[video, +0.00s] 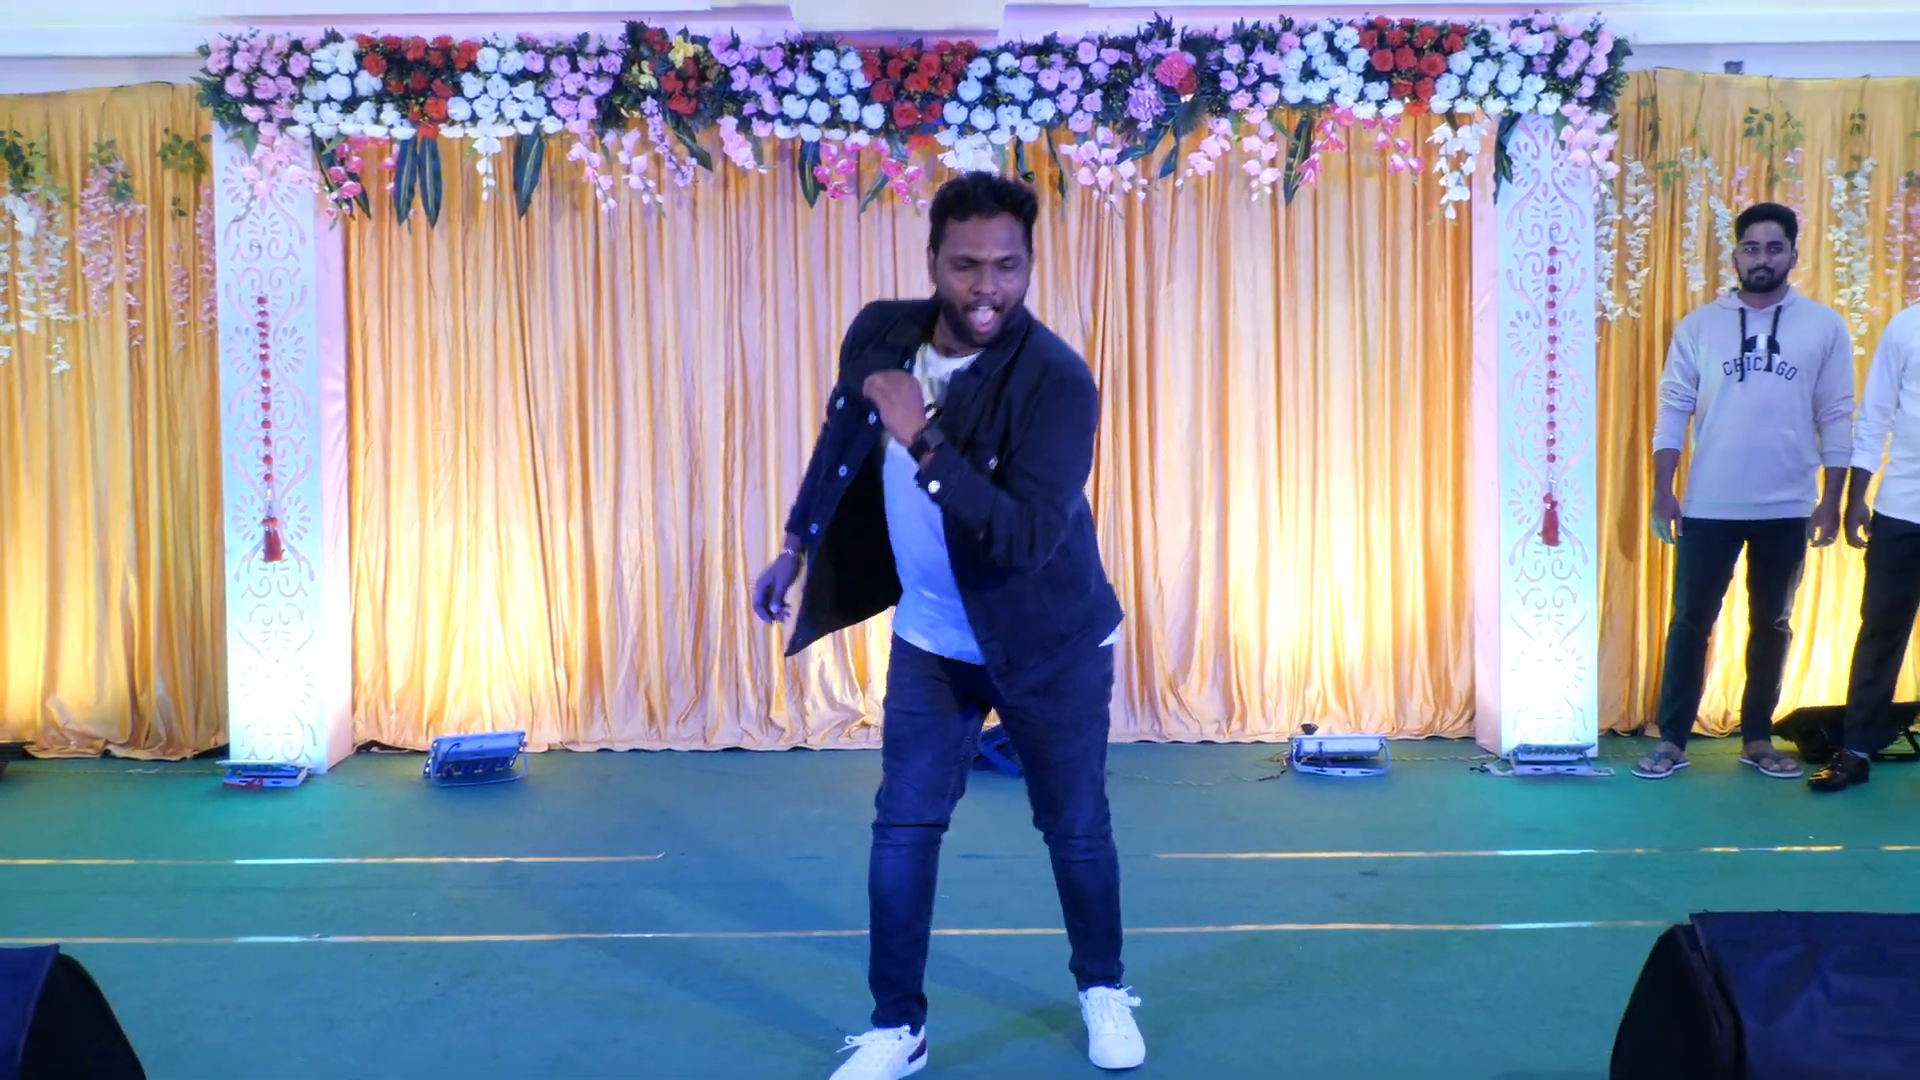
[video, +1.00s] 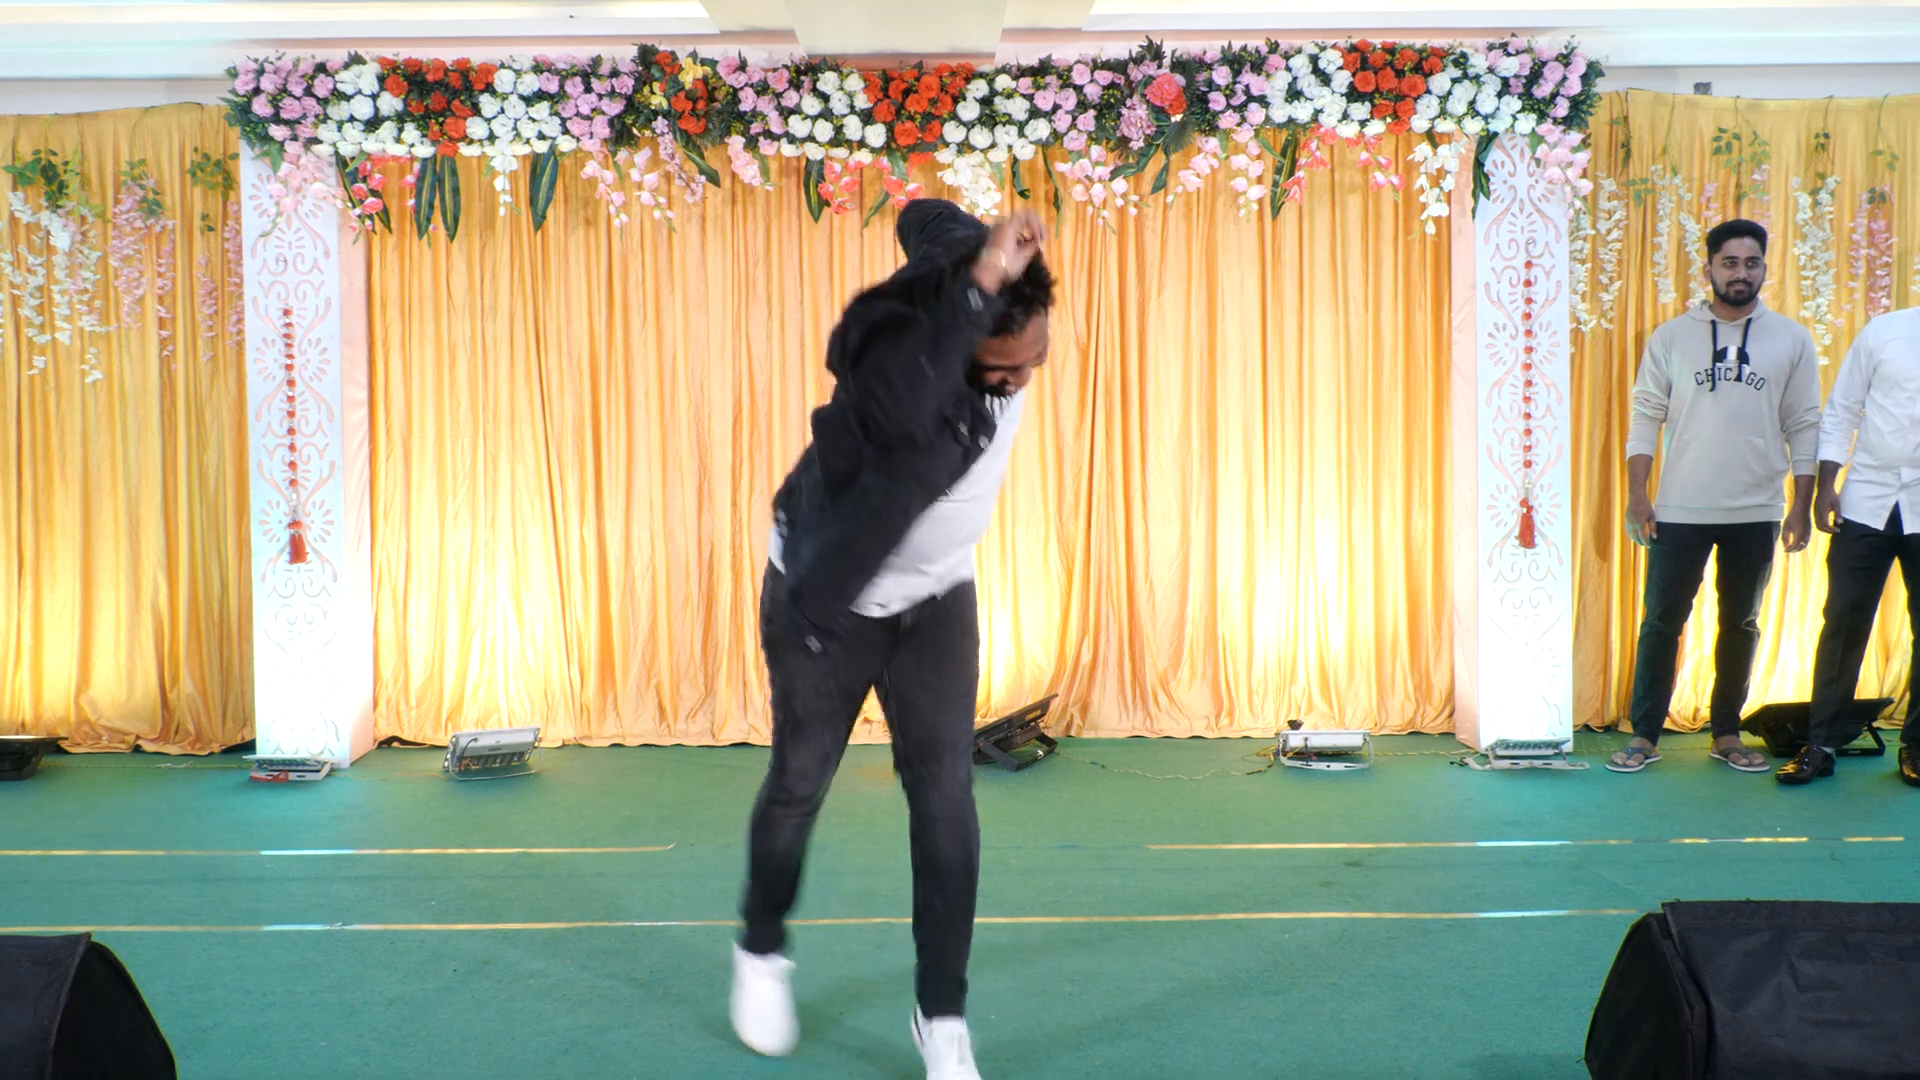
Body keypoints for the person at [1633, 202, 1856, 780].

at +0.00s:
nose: (1761, 257)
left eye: (1773, 248)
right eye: (1750, 247)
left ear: (1793, 256)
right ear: (1735, 255)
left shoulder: (1823, 326)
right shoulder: (1699, 325)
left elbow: (1836, 415)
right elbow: (1674, 407)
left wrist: (1832, 497)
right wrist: (1663, 485)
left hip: (1785, 504)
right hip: (1710, 501)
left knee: (1772, 627)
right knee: (1690, 622)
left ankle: (1757, 741)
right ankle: (1672, 741)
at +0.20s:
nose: (1748, 265)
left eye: (1758, 256)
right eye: (1736, 256)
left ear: (1773, 264)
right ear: (1716, 262)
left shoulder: (1800, 333)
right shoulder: (1679, 331)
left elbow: (1813, 419)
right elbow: (1654, 410)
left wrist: (1809, 499)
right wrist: (1645, 487)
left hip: (1763, 507)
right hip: (1690, 504)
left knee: (1749, 627)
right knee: (1669, 623)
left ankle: (1735, 736)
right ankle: (1652, 737)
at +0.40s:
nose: (1740, 270)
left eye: (1750, 261)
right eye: (1729, 260)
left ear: (1764, 268)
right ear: (1708, 266)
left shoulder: (1790, 337)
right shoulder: (1670, 334)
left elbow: (1803, 421)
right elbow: (1645, 413)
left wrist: (1800, 500)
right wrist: (1637, 488)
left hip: (1753, 508)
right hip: (1681, 505)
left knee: (1739, 626)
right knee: (1660, 622)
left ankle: (1726, 735)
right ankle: (1644, 735)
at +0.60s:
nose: (1741, 271)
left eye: (1751, 262)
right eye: (1730, 261)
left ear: (1764, 269)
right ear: (1708, 266)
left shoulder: (1790, 338)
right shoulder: (1670, 335)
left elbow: (1802, 423)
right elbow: (1645, 413)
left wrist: (1799, 502)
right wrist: (1637, 490)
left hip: (1754, 509)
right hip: (1681, 506)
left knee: (1740, 627)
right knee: (1660, 622)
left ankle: (1726, 733)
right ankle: (1643, 734)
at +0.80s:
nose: (1742, 271)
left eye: (1752, 262)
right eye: (1730, 261)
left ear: (1764, 270)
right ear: (1708, 267)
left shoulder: (1790, 339)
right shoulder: (1670, 336)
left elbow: (1803, 424)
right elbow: (1645, 415)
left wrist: (1802, 503)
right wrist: (1637, 492)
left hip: (1754, 510)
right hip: (1681, 507)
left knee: (1740, 628)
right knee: (1660, 622)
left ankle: (1726, 734)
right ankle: (1644, 735)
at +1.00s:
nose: (1741, 272)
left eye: (1751, 263)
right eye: (1729, 262)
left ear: (1765, 271)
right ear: (1709, 268)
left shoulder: (1791, 339)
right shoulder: (1671, 337)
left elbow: (1804, 423)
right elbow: (1646, 415)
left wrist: (1801, 503)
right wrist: (1638, 491)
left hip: (1755, 509)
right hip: (1682, 506)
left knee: (1740, 627)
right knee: (1660, 622)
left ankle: (1726, 734)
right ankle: (1644, 735)